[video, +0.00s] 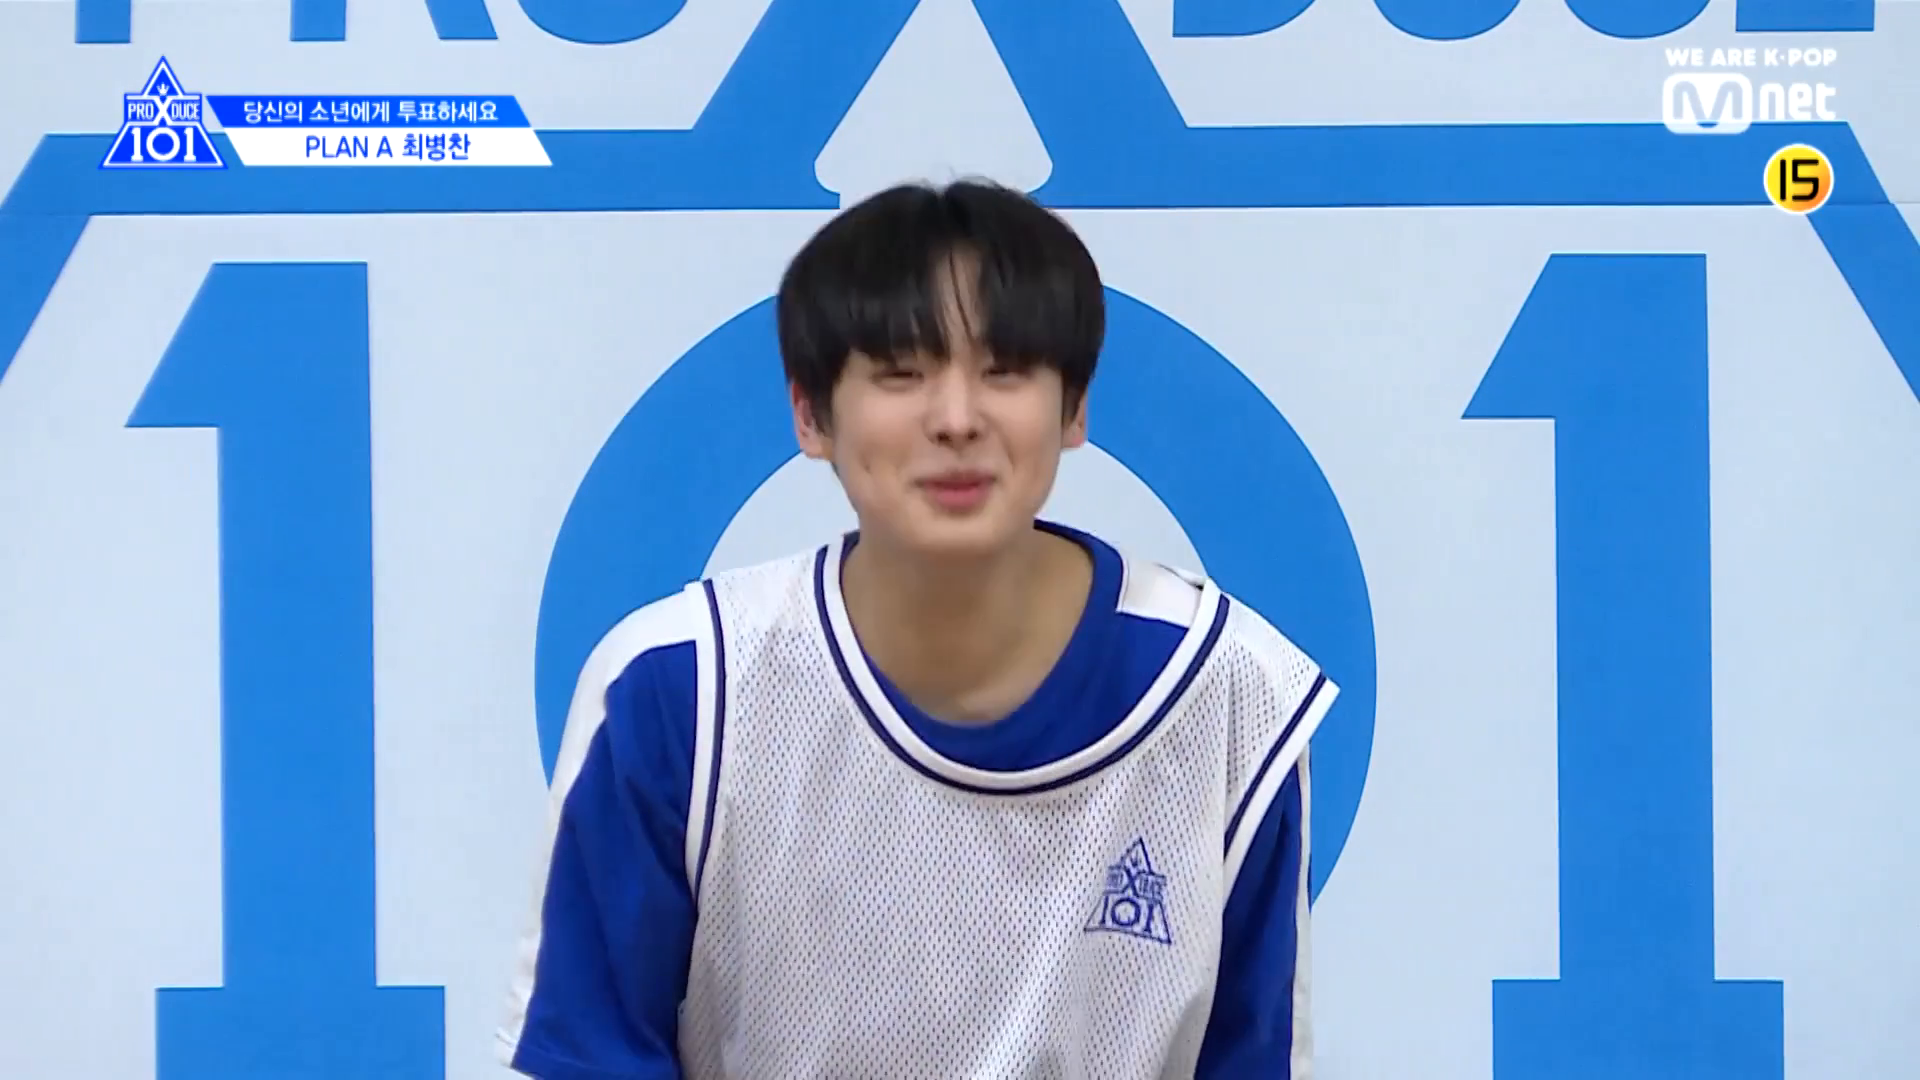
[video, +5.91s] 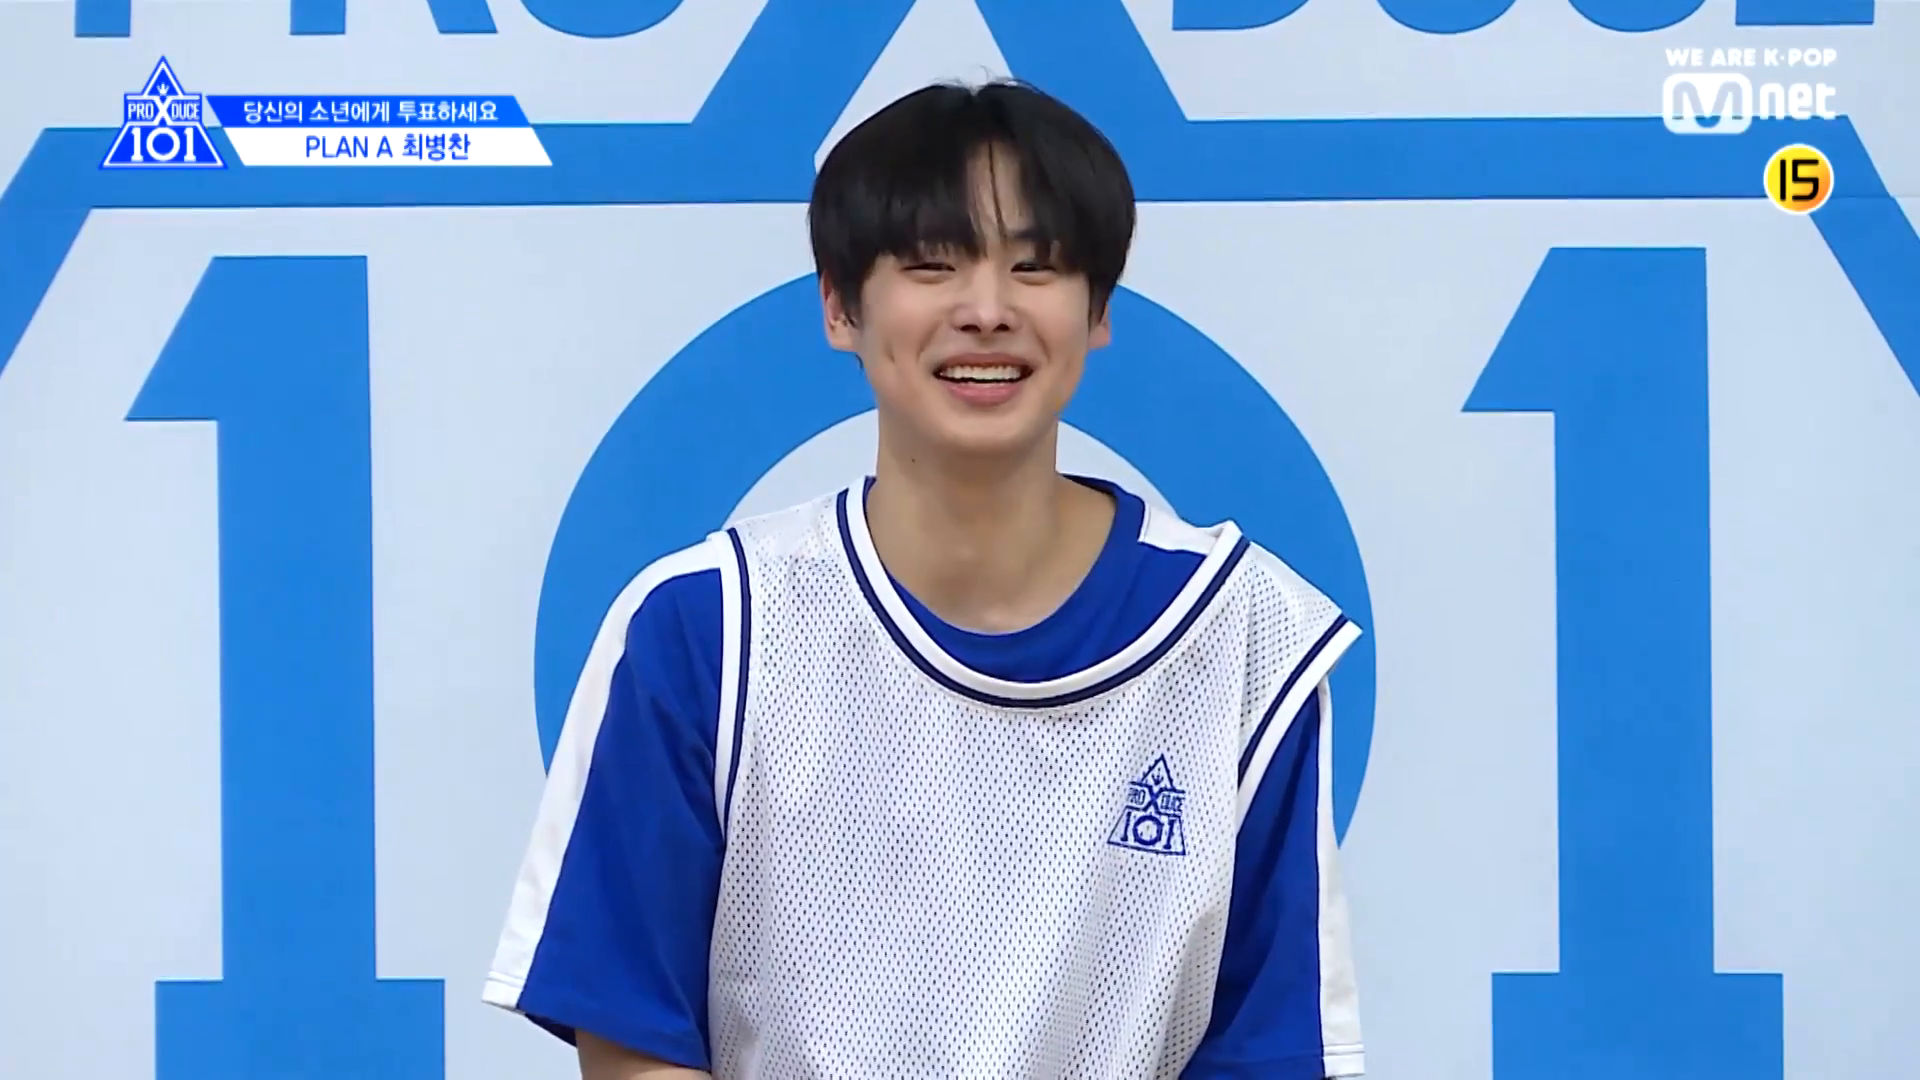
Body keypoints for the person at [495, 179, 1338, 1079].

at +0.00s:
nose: (958, 418)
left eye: (1004, 368)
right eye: (903, 370)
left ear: (1067, 410)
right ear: (816, 416)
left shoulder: (1239, 706)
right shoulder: (673, 694)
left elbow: (1247, 1060)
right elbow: (589, 1052)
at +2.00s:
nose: (966, 322)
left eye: (1016, 276)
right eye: (911, 274)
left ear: (1078, 321)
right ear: (824, 320)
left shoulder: (1230, 633)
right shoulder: (680, 640)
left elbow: (1233, 1053)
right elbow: (617, 1052)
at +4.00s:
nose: (968, 356)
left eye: (1019, 302)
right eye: (914, 302)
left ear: (1081, 338)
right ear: (828, 338)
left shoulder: (1230, 643)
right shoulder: (680, 646)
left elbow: (1252, 1052)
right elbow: (620, 1049)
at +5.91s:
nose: (986, 308)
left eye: (1035, 266)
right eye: (931, 264)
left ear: (1096, 319)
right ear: (844, 313)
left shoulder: (1251, 646)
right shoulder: (694, 632)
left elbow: (1272, 1054)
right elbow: (627, 1038)